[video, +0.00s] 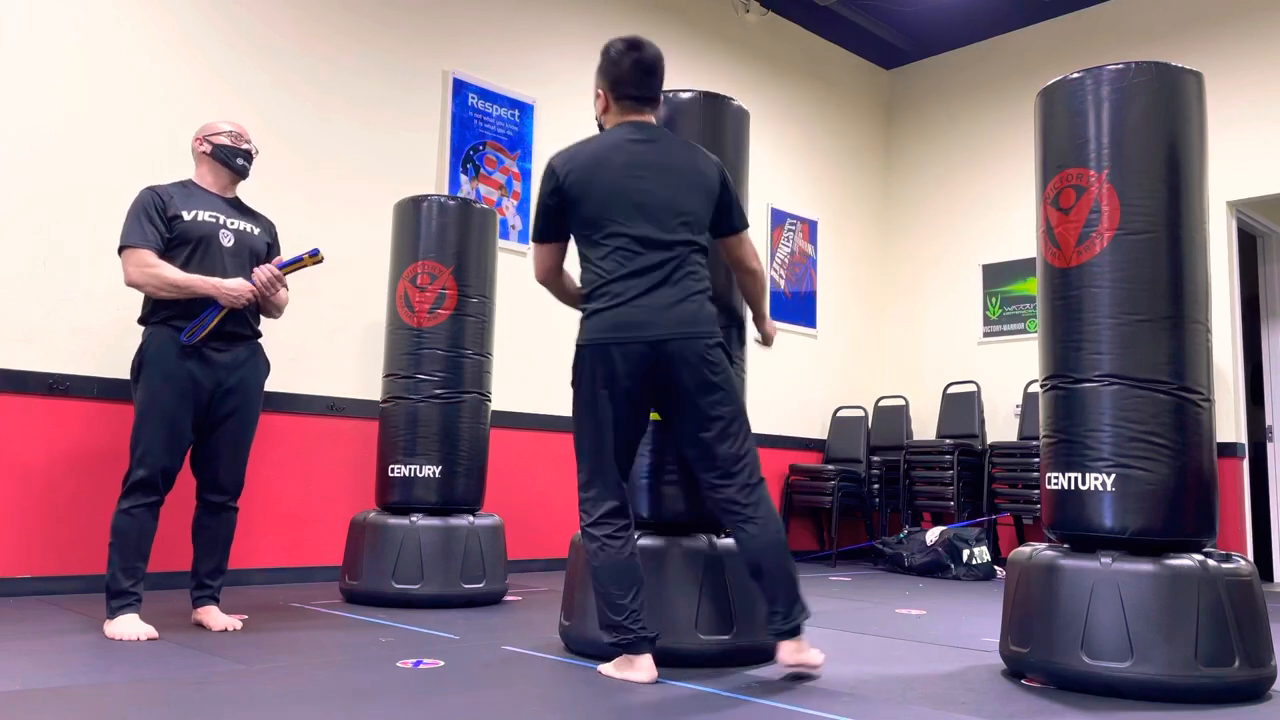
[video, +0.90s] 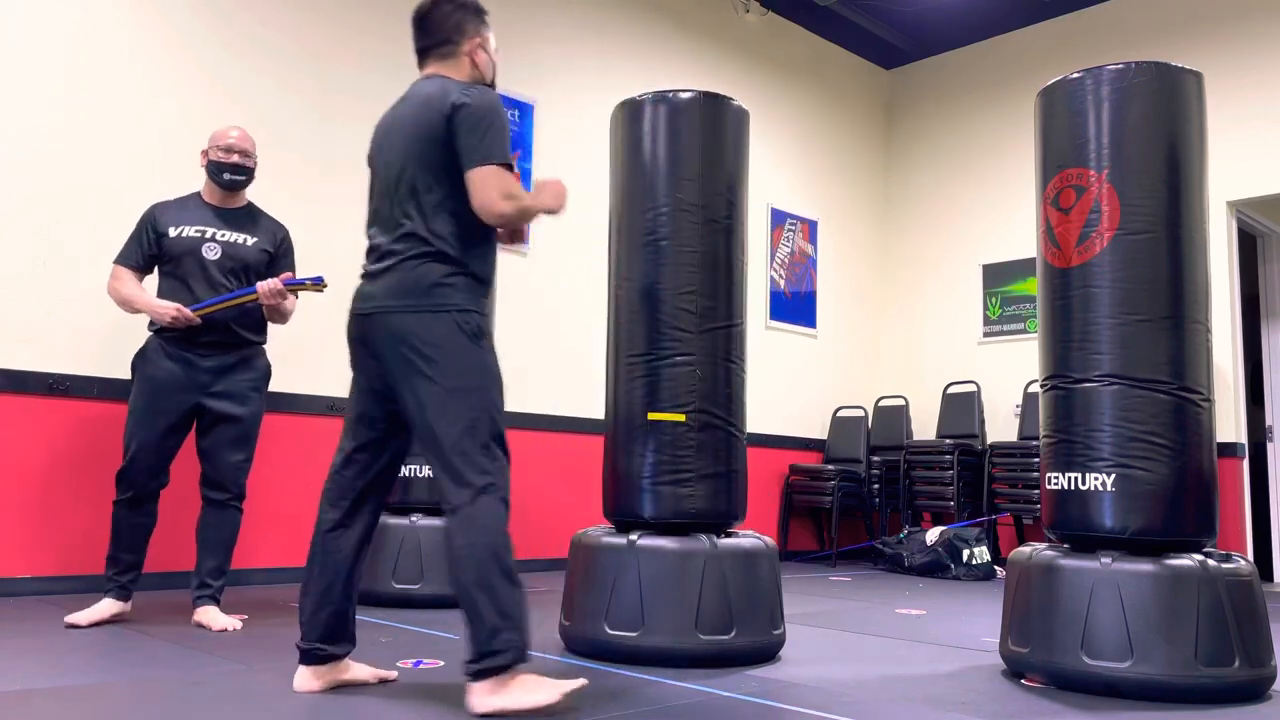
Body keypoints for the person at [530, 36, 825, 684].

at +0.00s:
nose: (594, 102)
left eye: (595, 94)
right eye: (599, 93)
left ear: (602, 96)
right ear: (659, 96)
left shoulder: (570, 165)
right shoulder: (702, 164)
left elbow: (547, 271)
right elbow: (746, 263)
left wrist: (587, 300)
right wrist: (762, 316)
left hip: (609, 342)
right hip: (695, 339)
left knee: (605, 502)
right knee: (739, 485)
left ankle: (635, 654)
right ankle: (792, 636)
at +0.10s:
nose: (594, 88)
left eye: (587, 81)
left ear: (588, 85)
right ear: (652, 85)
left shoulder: (554, 154)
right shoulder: (691, 152)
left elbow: (528, 263)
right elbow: (729, 259)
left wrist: (552, 325)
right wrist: (751, 336)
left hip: (592, 333)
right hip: (676, 330)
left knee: (602, 495)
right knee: (714, 470)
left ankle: (633, 653)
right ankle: (714, 626)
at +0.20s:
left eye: (584, 73)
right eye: (637, 72)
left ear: (574, 77)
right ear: (641, 78)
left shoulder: (538, 149)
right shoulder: (680, 146)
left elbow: (510, 258)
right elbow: (710, 253)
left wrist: (507, 342)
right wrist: (730, 341)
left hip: (571, 330)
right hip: (655, 327)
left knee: (598, 486)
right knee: (682, 475)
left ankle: (625, 650)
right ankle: (621, 611)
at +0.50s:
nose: (596, 64)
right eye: (596, 54)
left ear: (523, 63)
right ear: (589, 54)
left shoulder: (479, 131)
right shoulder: (610, 117)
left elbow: (451, 237)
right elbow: (652, 231)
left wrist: (425, 330)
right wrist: (657, 326)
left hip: (496, 318)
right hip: (572, 310)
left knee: (533, 471)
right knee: (567, 487)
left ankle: (525, 626)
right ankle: (538, 678)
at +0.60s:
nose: (570, 48)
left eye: (563, 38)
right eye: (568, 38)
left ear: (499, 49)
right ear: (562, 40)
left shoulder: (460, 124)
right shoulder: (581, 99)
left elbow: (437, 235)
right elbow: (620, 203)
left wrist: (435, 330)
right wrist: (625, 285)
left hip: (471, 311)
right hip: (544, 307)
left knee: (485, 474)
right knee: (541, 490)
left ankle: (430, 626)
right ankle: (532, 680)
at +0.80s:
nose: (519, 60)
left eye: (516, 47)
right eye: (517, 47)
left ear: (448, 55)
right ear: (501, 48)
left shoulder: (416, 124)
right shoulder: (500, 105)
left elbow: (414, 237)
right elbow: (532, 199)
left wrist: (497, 280)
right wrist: (575, 224)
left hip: (407, 316)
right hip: (469, 313)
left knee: (379, 487)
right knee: (509, 488)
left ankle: (325, 656)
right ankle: (528, 678)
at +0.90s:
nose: (494, 60)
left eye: (493, 49)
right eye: (492, 48)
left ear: (424, 50)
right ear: (476, 46)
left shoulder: (395, 114)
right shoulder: (472, 101)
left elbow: (404, 214)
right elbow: (494, 205)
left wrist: (492, 226)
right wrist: (540, 199)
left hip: (376, 312)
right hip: (436, 314)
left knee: (355, 485)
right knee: (477, 485)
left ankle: (321, 656)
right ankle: (497, 671)